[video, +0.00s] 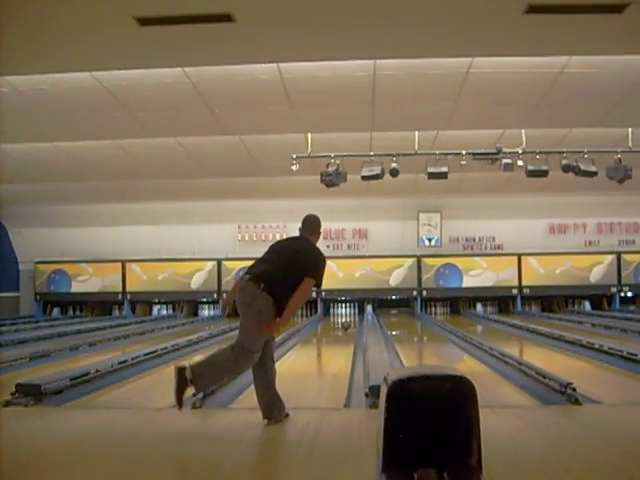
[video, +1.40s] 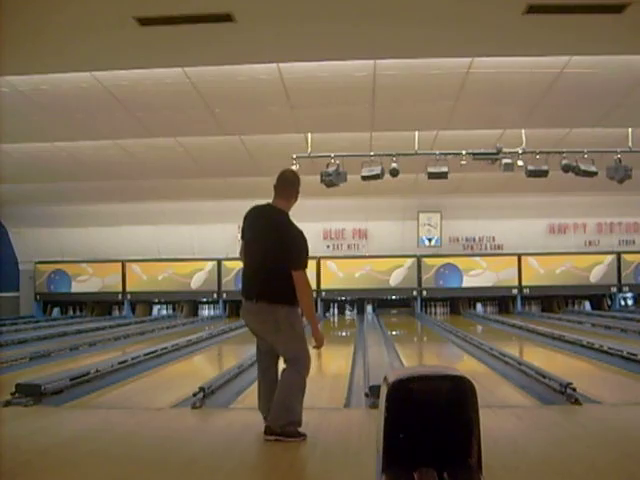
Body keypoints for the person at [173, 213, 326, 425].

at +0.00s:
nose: (317, 236)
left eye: (313, 230)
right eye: (319, 233)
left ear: (301, 229)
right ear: (319, 233)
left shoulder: (284, 243)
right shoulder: (316, 256)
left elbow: (255, 269)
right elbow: (303, 292)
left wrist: (232, 295)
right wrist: (283, 320)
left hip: (245, 290)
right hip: (261, 297)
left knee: (264, 357)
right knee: (246, 352)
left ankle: (273, 412)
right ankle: (191, 375)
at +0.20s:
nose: (313, 227)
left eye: (309, 223)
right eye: (315, 224)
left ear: (297, 222)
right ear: (316, 226)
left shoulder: (280, 239)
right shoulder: (314, 254)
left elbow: (253, 269)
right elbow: (316, 298)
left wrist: (233, 297)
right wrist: (318, 336)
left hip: (245, 290)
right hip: (262, 299)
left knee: (263, 356)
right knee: (248, 352)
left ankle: (273, 411)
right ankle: (200, 393)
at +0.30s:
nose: (313, 224)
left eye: (310, 220)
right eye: (314, 221)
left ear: (296, 219)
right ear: (314, 222)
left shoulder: (279, 237)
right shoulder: (314, 250)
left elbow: (253, 267)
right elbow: (324, 291)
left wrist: (233, 295)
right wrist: (336, 321)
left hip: (244, 289)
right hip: (260, 297)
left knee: (262, 355)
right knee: (248, 353)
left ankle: (273, 412)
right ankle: (200, 394)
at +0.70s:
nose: (308, 209)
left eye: (304, 205)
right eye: (310, 206)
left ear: (291, 203)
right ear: (312, 207)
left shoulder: (270, 226)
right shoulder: (308, 238)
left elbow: (247, 259)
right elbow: (323, 276)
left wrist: (252, 283)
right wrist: (336, 291)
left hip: (248, 294)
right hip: (270, 299)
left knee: (264, 357)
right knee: (274, 358)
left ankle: (274, 413)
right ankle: (233, 406)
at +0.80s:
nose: (311, 215)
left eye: (307, 209)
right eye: (312, 211)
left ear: (292, 208)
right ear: (311, 213)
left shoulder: (270, 228)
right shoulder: (306, 247)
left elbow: (248, 259)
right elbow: (314, 291)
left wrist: (258, 284)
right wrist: (326, 304)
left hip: (250, 305)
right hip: (273, 308)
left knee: (269, 358)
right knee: (288, 362)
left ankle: (268, 413)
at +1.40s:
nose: (293, 197)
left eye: (288, 192)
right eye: (296, 193)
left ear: (273, 190)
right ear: (296, 195)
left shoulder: (253, 215)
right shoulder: (293, 234)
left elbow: (245, 257)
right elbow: (301, 283)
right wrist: (314, 325)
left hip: (251, 305)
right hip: (279, 309)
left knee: (267, 354)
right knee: (299, 361)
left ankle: (271, 417)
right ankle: (281, 425)